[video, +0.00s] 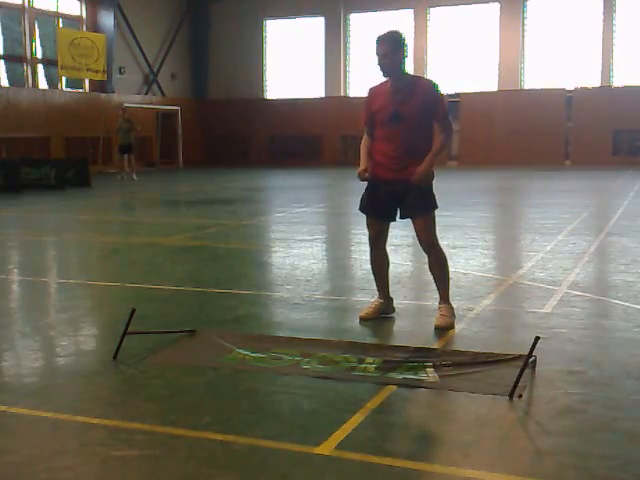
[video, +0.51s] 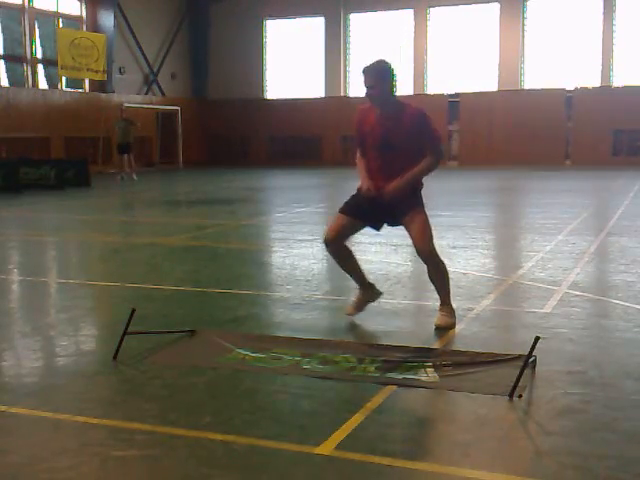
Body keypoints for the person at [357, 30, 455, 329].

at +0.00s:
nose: (381, 61)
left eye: (386, 55)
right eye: (378, 56)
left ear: (401, 54)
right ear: (377, 57)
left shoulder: (426, 89)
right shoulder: (375, 93)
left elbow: (444, 132)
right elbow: (367, 133)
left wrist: (427, 165)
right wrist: (364, 160)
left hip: (415, 180)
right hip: (380, 181)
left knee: (429, 242)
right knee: (375, 240)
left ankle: (445, 304)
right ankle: (384, 300)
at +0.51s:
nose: (369, 93)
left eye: (374, 87)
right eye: (366, 87)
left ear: (390, 85)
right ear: (365, 87)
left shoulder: (414, 116)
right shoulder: (365, 114)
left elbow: (435, 156)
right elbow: (361, 151)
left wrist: (402, 182)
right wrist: (364, 179)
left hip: (406, 193)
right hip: (372, 191)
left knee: (426, 251)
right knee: (332, 239)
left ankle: (446, 306)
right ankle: (366, 288)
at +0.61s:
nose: (346, 84)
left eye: (351, 79)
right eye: (344, 79)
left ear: (366, 77)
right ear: (344, 79)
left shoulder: (390, 107)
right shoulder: (345, 108)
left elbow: (410, 147)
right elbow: (343, 140)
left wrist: (370, 162)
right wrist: (342, 165)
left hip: (387, 191)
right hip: (352, 189)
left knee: (415, 247)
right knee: (308, 228)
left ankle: (445, 305)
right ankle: (327, 287)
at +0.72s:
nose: (315, 81)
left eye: (319, 75)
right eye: (313, 76)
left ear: (334, 73)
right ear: (313, 76)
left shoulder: (361, 99)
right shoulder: (317, 104)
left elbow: (386, 134)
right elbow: (313, 131)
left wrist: (346, 147)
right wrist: (314, 155)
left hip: (363, 183)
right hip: (328, 181)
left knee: (396, 240)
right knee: (288, 228)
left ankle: (431, 297)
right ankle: (280, 286)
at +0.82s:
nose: (294, 94)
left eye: (297, 88)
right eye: (289, 90)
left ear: (306, 85)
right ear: (285, 91)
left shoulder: (335, 110)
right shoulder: (288, 113)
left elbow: (357, 144)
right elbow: (287, 141)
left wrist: (329, 161)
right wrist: (284, 171)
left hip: (338, 187)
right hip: (304, 187)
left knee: (368, 241)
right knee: (270, 241)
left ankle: (396, 289)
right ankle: (255, 293)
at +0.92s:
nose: (268, 109)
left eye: (271, 103)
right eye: (263, 105)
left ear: (282, 104)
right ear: (260, 109)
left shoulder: (311, 129)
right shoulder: (268, 136)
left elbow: (338, 161)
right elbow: (270, 168)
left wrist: (309, 186)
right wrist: (257, 201)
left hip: (324, 194)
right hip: (292, 194)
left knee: (340, 250)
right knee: (258, 246)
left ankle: (346, 279)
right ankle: (254, 296)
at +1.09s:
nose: (270, 133)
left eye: (272, 127)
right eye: (263, 130)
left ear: (277, 124)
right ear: (255, 132)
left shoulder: (298, 141)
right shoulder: (257, 157)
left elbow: (328, 174)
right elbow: (248, 188)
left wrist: (294, 203)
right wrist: (231, 221)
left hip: (316, 200)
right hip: (284, 202)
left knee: (329, 252)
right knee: (256, 253)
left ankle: (305, 279)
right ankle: (254, 298)